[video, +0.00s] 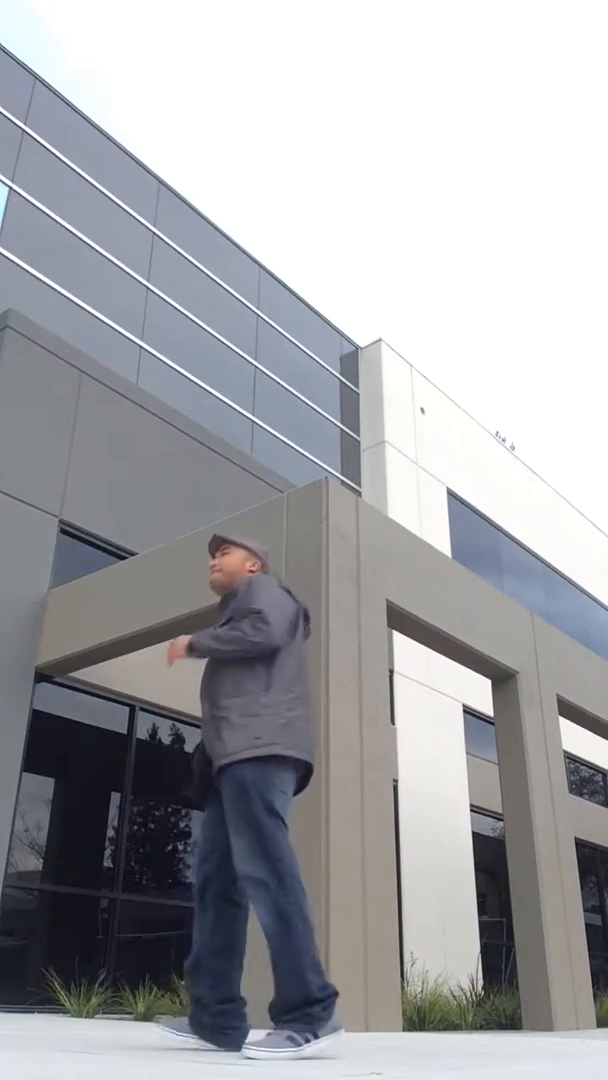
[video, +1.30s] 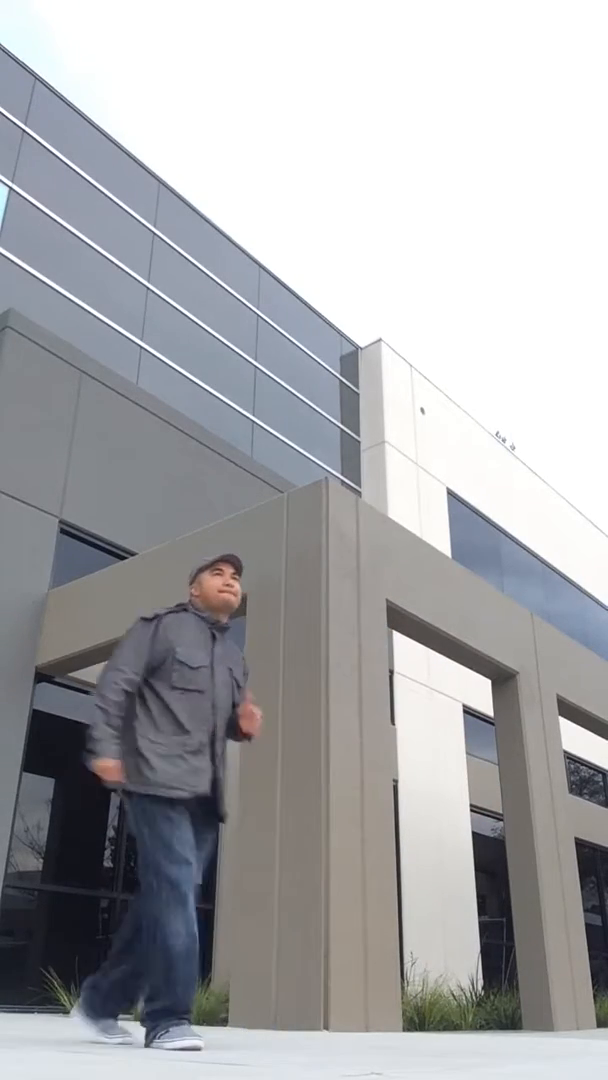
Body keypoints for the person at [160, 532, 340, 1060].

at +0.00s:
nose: (211, 563)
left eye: (221, 554)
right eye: (210, 557)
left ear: (253, 562)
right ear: (227, 570)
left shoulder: (263, 589)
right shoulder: (236, 614)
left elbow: (267, 633)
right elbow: (241, 699)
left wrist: (196, 643)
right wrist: (215, 757)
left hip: (258, 751)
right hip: (230, 758)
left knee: (268, 879)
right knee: (216, 885)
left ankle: (309, 1016)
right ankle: (215, 1021)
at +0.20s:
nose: (229, 556)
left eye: (241, 548)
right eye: (225, 552)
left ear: (270, 565)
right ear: (225, 572)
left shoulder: (291, 597)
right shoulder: (226, 631)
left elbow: (325, 648)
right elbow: (220, 714)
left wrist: (248, 672)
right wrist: (196, 771)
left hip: (281, 759)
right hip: (229, 768)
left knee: (275, 880)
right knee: (203, 867)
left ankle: (316, 1023)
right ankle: (255, 1014)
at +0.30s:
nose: (233, 546)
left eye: (245, 539)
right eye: (227, 544)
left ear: (273, 556)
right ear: (224, 564)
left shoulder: (299, 596)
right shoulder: (209, 629)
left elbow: (356, 641)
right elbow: (196, 700)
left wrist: (299, 663)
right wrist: (175, 720)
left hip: (289, 756)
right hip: (226, 764)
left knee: (291, 881)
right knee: (226, 885)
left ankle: (314, 1023)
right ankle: (260, 1019)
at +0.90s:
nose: (255, 563)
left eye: (264, 559)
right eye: (244, 557)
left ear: (274, 578)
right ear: (226, 574)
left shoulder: (285, 637)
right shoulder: (201, 619)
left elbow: (295, 697)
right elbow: (172, 678)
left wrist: (291, 720)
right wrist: (236, 705)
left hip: (271, 780)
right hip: (211, 773)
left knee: (268, 893)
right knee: (218, 872)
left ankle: (251, 1018)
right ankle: (180, 1010)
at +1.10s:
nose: (250, 569)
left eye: (256, 564)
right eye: (238, 561)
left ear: (259, 582)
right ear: (212, 575)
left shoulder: (252, 641)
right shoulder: (187, 618)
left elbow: (244, 708)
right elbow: (163, 680)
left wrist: (262, 732)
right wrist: (209, 737)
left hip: (238, 780)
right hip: (181, 773)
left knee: (232, 894)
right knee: (179, 891)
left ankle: (207, 1012)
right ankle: (167, 1020)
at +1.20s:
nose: (240, 580)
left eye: (246, 577)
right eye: (229, 573)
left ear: (248, 595)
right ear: (202, 587)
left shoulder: (238, 649)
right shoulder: (173, 629)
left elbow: (230, 717)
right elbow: (143, 700)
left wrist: (250, 736)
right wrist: (163, 758)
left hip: (225, 789)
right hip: (175, 781)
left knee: (220, 899)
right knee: (182, 897)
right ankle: (169, 1022)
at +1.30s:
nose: (230, 582)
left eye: (236, 578)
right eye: (219, 574)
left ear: (239, 597)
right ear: (193, 588)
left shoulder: (232, 651)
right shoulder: (159, 627)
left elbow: (227, 717)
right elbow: (113, 686)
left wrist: (244, 722)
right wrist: (106, 748)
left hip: (205, 786)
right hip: (156, 778)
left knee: (171, 894)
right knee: (174, 889)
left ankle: (99, 1002)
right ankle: (168, 1022)